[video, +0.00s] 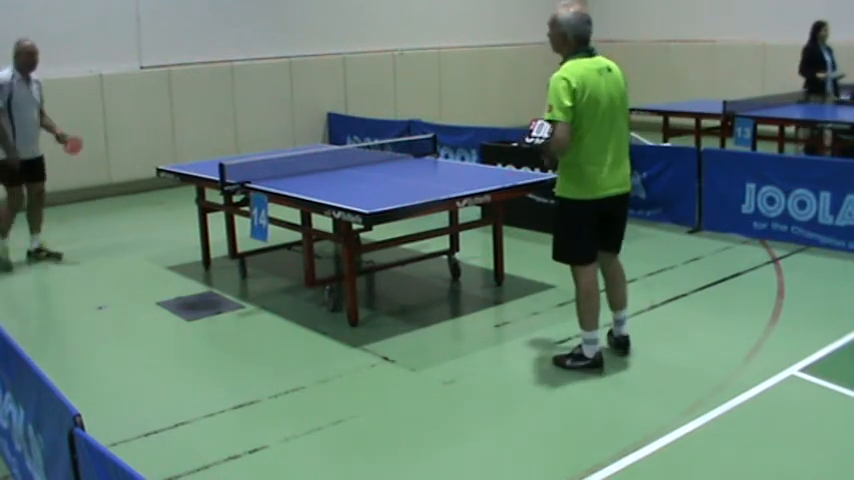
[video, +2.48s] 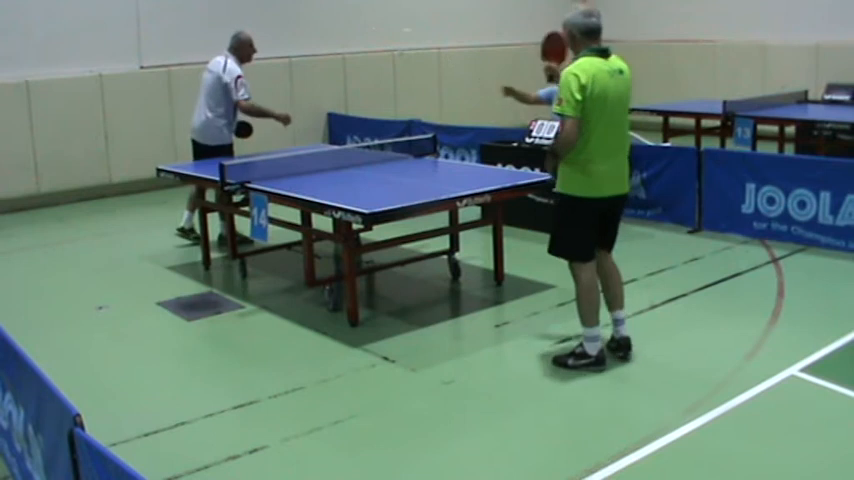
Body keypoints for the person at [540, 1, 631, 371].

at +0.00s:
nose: (547, 35)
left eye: (550, 30)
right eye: (549, 29)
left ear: (564, 36)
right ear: (585, 35)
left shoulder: (564, 79)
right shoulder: (614, 70)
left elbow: (560, 139)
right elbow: (621, 124)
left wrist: (545, 154)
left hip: (580, 192)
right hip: (617, 187)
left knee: (583, 268)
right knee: (610, 257)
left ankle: (590, 348)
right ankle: (621, 332)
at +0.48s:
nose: (564, 35)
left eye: (567, 30)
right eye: (566, 29)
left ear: (574, 34)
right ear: (603, 34)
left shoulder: (573, 75)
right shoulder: (625, 73)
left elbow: (568, 133)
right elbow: (633, 131)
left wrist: (555, 159)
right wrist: (600, 145)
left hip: (581, 190)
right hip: (618, 187)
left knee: (584, 266)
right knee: (609, 256)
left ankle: (589, 350)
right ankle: (623, 339)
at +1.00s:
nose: (591, 38)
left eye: (591, 33)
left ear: (593, 35)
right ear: (624, 34)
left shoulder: (588, 72)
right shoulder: (646, 73)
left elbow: (576, 132)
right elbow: (658, 130)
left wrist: (574, 144)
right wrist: (624, 125)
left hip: (593, 185)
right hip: (636, 184)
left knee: (580, 259)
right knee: (625, 252)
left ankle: (587, 343)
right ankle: (625, 338)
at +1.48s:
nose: (601, 37)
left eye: (601, 32)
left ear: (603, 34)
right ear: (635, 35)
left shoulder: (595, 71)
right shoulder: (653, 76)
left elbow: (579, 128)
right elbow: (664, 131)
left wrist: (581, 142)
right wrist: (631, 124)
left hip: (596, 183)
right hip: (638, 184)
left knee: (575, 251)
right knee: (626, 251)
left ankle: (584, 335)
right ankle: (625, 338)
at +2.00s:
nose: (591, 40)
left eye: (591, 35)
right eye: (595, 35)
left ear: (595, 36)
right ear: (624, 34)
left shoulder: (590, 72)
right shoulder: (645, 71)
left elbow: (575, 134)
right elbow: (638, 117)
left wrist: (567, 140)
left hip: (590, 183)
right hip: (632, 182)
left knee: (582, 258)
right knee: (622, 252)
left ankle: (590, 345)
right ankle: (624, 339)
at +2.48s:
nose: (562, 41)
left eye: (563, 36)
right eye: (564, 36)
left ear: (569, 37)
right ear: (599, 35)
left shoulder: (575, 74)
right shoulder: (621, 69)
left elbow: (570, 132)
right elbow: (609, 115)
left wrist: (552, 156)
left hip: (581, 187)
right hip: (615, 184)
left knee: (582, 264)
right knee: (602, 254)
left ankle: (591, 347)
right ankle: (621, 335)